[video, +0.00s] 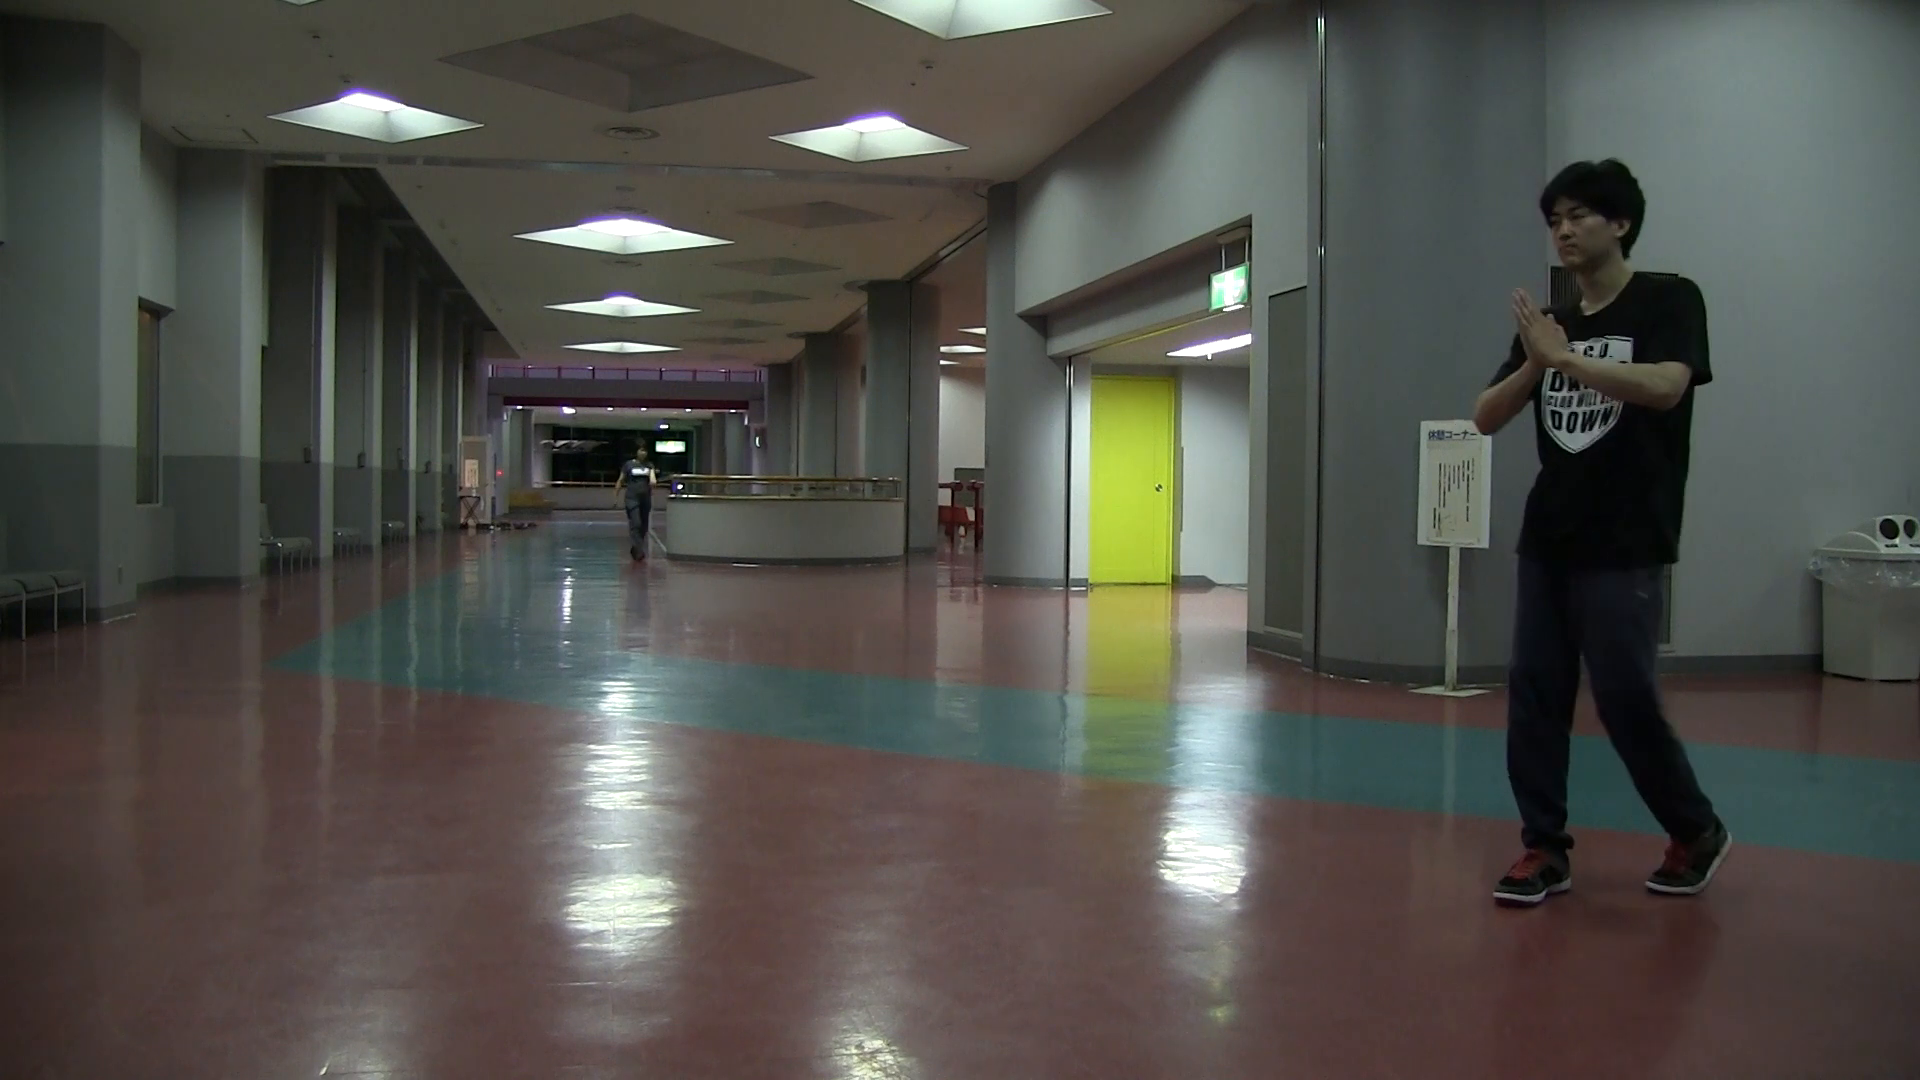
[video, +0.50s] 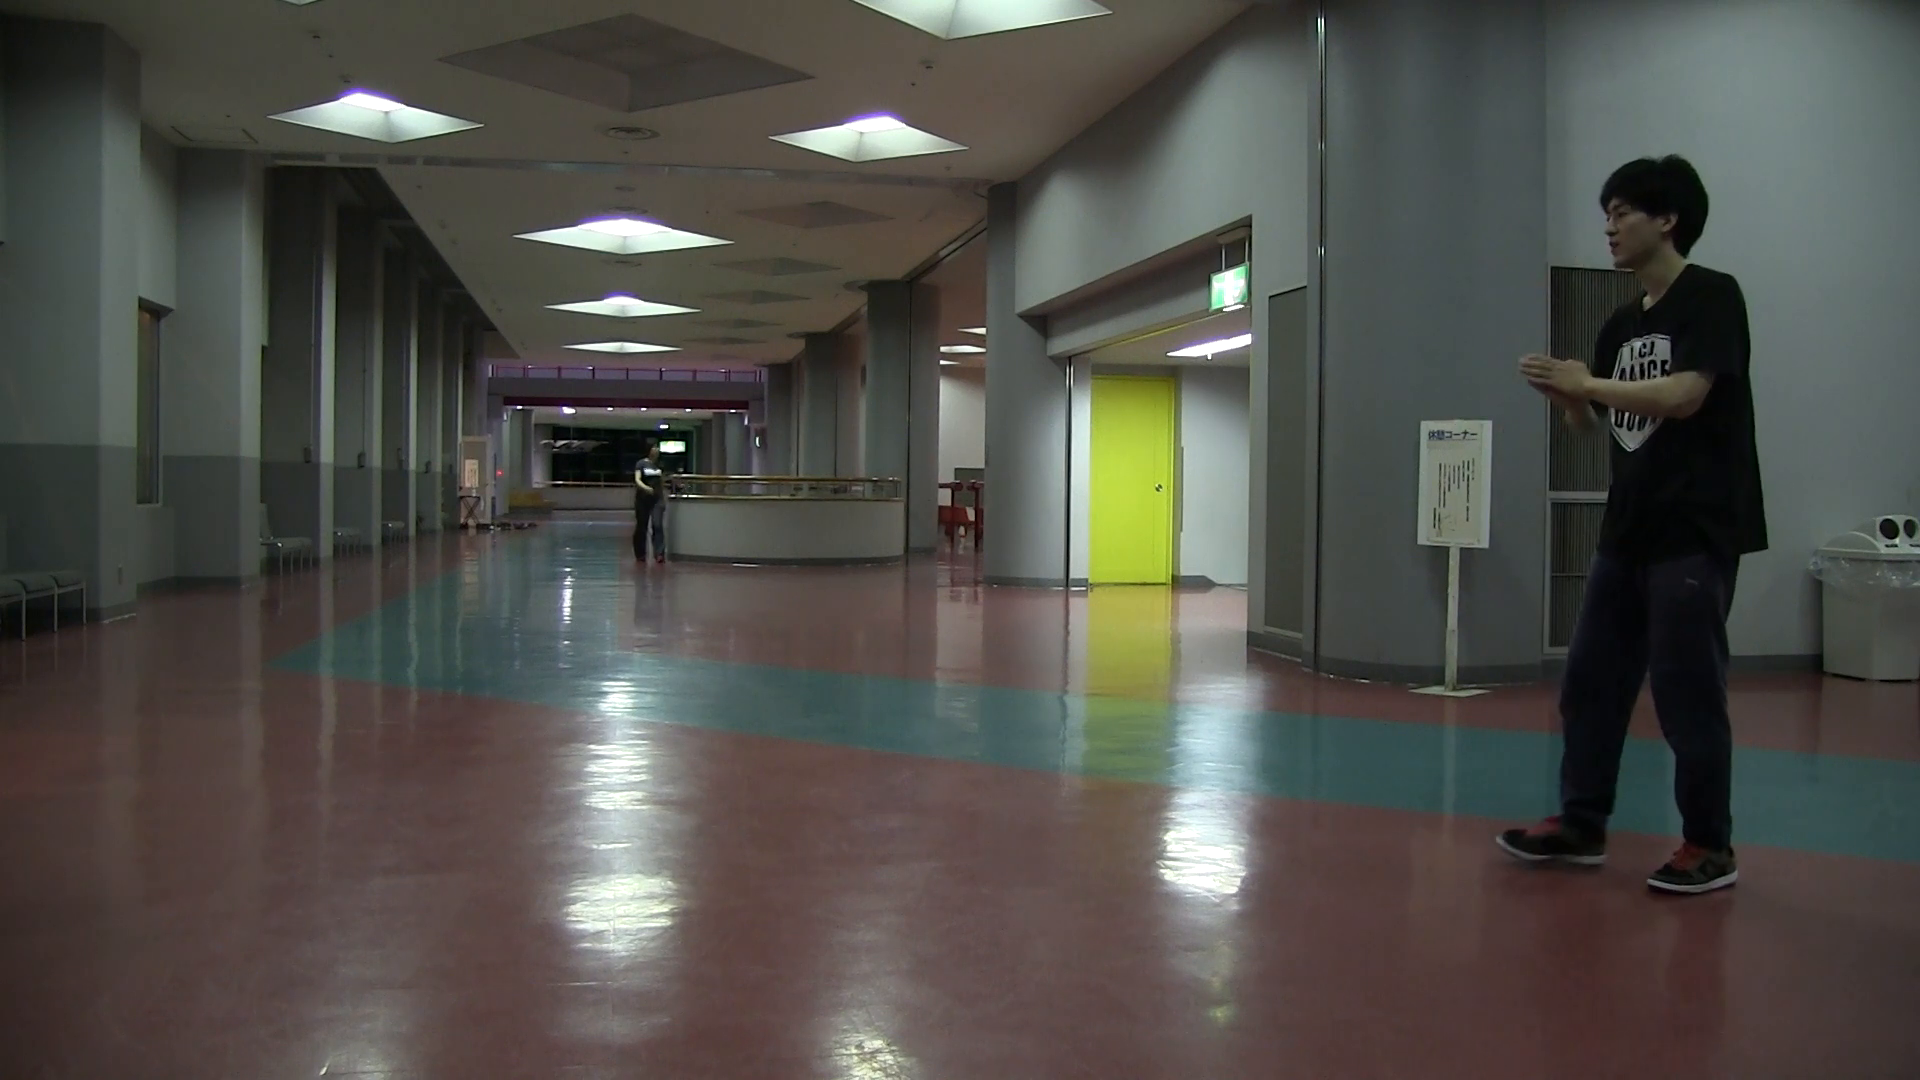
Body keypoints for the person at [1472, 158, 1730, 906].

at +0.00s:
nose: (1562, 230)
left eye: (1578, 216)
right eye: (1555, 219)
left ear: (1619, 223)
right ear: (1550, 232)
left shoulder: (1669, 299)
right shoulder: (1551, 318)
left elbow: (1664, 388)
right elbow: (1484, 418)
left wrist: (1561, 358)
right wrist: (1534, 365)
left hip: (1625, 539)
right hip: (1549, 535)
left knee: (1624, 701)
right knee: (1536, 699)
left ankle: (1696, 833)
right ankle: (1545, 849)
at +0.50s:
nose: (1609, 229)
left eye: (1622, 215)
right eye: (1607, 216)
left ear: (1667, 220)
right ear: (1622, 226)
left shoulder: (1713, 295)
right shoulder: (1619, 326)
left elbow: (1685, 392)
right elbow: (1595, 422)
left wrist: (1589, 386)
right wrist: (1565, 391)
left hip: (1699, 527)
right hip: (1630, 526)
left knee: (1687, 687)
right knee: (1593, 678)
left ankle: (1709, 847)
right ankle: (1580, 827)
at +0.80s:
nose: (1607, 224)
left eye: (1621, 212)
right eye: (1612, 212)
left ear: (1658, 226)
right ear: (1650, 228)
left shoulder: (1688, 304)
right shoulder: (1629, 326)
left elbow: (1661, 411)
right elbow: (1603, 426)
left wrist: (1594, 505)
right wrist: (1566, 504)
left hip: (1680, 530)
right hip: (1632, 529)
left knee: (1676, 684)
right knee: (1628, 677)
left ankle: (1710, 848)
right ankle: (1648, 818)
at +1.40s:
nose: (1655, 241)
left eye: (1664, 232)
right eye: (1664, 231)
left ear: (1676, 248)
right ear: (1705, 271)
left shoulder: (1645, 320)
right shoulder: (1682, 331)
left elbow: (1593, 417)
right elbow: (1646, 434)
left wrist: (1559, 509)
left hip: (1599, 530)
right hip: (1633, 532)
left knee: (1563, 675)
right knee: (1618, 670)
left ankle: (1653, 812)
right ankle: (1634, 815)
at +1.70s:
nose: (1577, 299)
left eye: (1580, 283)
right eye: (1576, 285)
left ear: (1609, 273)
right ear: (1626, 277)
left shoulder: (1635, 334)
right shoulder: (1661, 338)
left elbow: (1582, 425)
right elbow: (1631, 461)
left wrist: (1531, 514)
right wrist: (1580, 546)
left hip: (1620, 545)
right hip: (1640, 547)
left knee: (1536, 674)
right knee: (1586, 682)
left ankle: (1621, 808)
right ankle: (1634, 811)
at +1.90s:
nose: (1544, 308)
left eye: (1545, 292)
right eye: (1538, 296)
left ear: (1580, 275)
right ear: (1577, 280)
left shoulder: (1644, 334)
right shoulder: (1606, 354)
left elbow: (1638, 445)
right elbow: (1587, 458)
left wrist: (1631, 550)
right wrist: (1544, 540)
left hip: (1656, 539)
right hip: (1629, 538)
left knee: (1563, 669)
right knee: (1603, 678)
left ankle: (1641, 810)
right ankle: (1631, 816)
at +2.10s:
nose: (1546, 303)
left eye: (1550, 288)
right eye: (1541, 291)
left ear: (1589, 270)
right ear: (1576, 278)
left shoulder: (1671, 335)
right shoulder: (1575, 350)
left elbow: (1712, 440)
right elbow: (1572, 449)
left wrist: (1736, 548)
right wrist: (1560, 536)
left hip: (1670, 534)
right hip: (1610, 533)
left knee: (1608, 672)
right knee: (1606, 676)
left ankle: (1660, 828)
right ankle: (1634, 813)